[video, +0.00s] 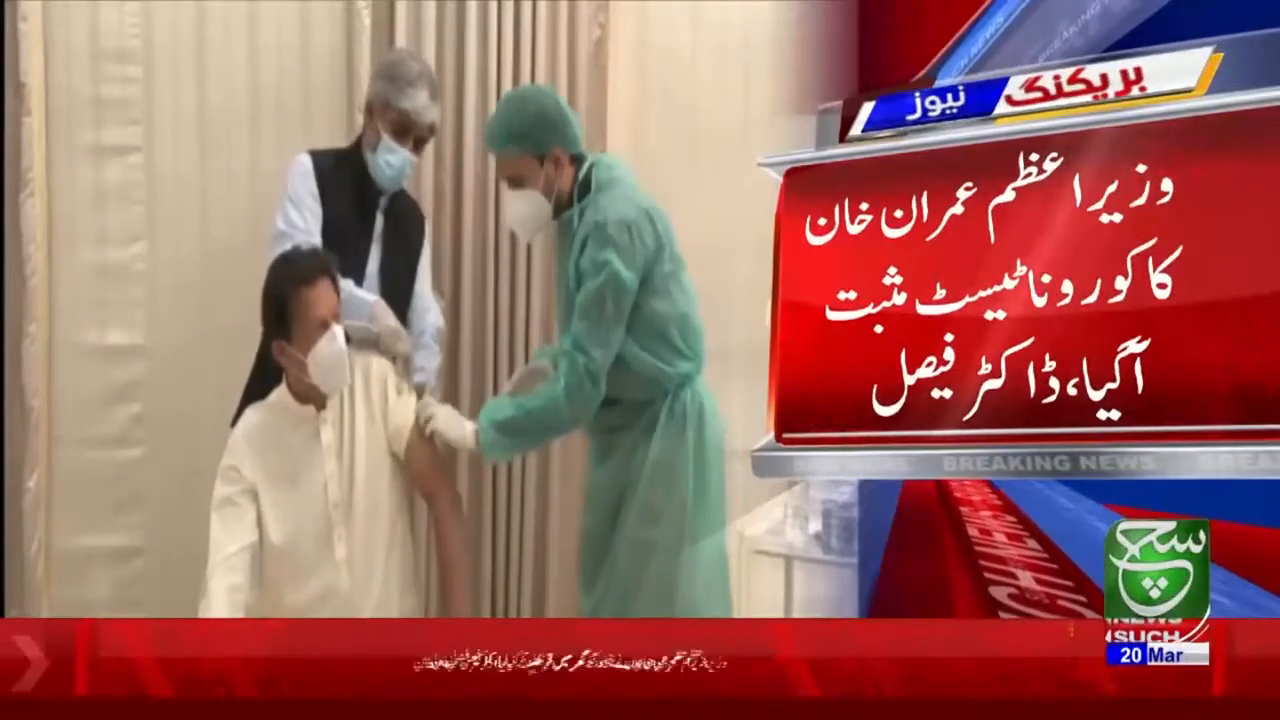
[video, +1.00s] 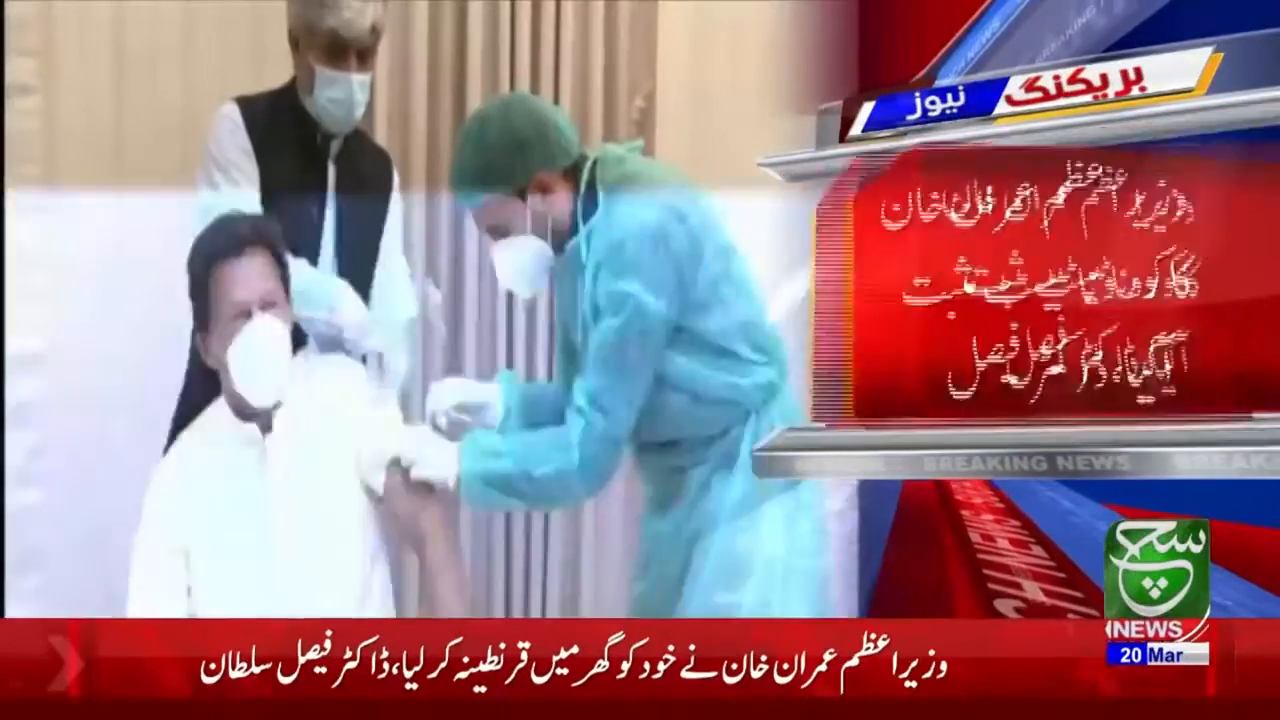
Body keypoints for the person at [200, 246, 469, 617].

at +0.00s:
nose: (338, 339)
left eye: (339, 322)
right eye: (321, 329)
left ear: (347, 319)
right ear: (282, 350)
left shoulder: (375, 380)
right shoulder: (253, 435)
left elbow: (442, 495)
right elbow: (229, 570)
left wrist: (458, 615)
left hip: (388, 617)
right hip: (294, 631)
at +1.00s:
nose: (262, 327)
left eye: (271, 308)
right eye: (240, 316)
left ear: (292, 316)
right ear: (208, 346)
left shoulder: (341, 393)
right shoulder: (183, 471)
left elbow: (430, 524)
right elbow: (154, 619)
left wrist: (451, 646)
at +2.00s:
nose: (263, 330)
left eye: (272, 310)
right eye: (242, 320)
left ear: (292, 313)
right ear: (210, 349)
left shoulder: (343, 390)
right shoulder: (178, 481)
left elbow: (430, 532)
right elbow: (158, 638)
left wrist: (454, 645)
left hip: (363, 671)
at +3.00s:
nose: (266, 337)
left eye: (275, 316)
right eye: (245, 325)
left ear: (295, 319)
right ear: (212, 351)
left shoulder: (345, 397)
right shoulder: (180, 485)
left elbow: (430, 539)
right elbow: (159, 641)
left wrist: (453, 650)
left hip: (364, 675)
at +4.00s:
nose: (268, 344)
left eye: (276, 323)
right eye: (247, 331)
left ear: (295, 326)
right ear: (212, 357)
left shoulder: (345, 400)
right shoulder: (180, 487)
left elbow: (421, 530)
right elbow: (157, 624)